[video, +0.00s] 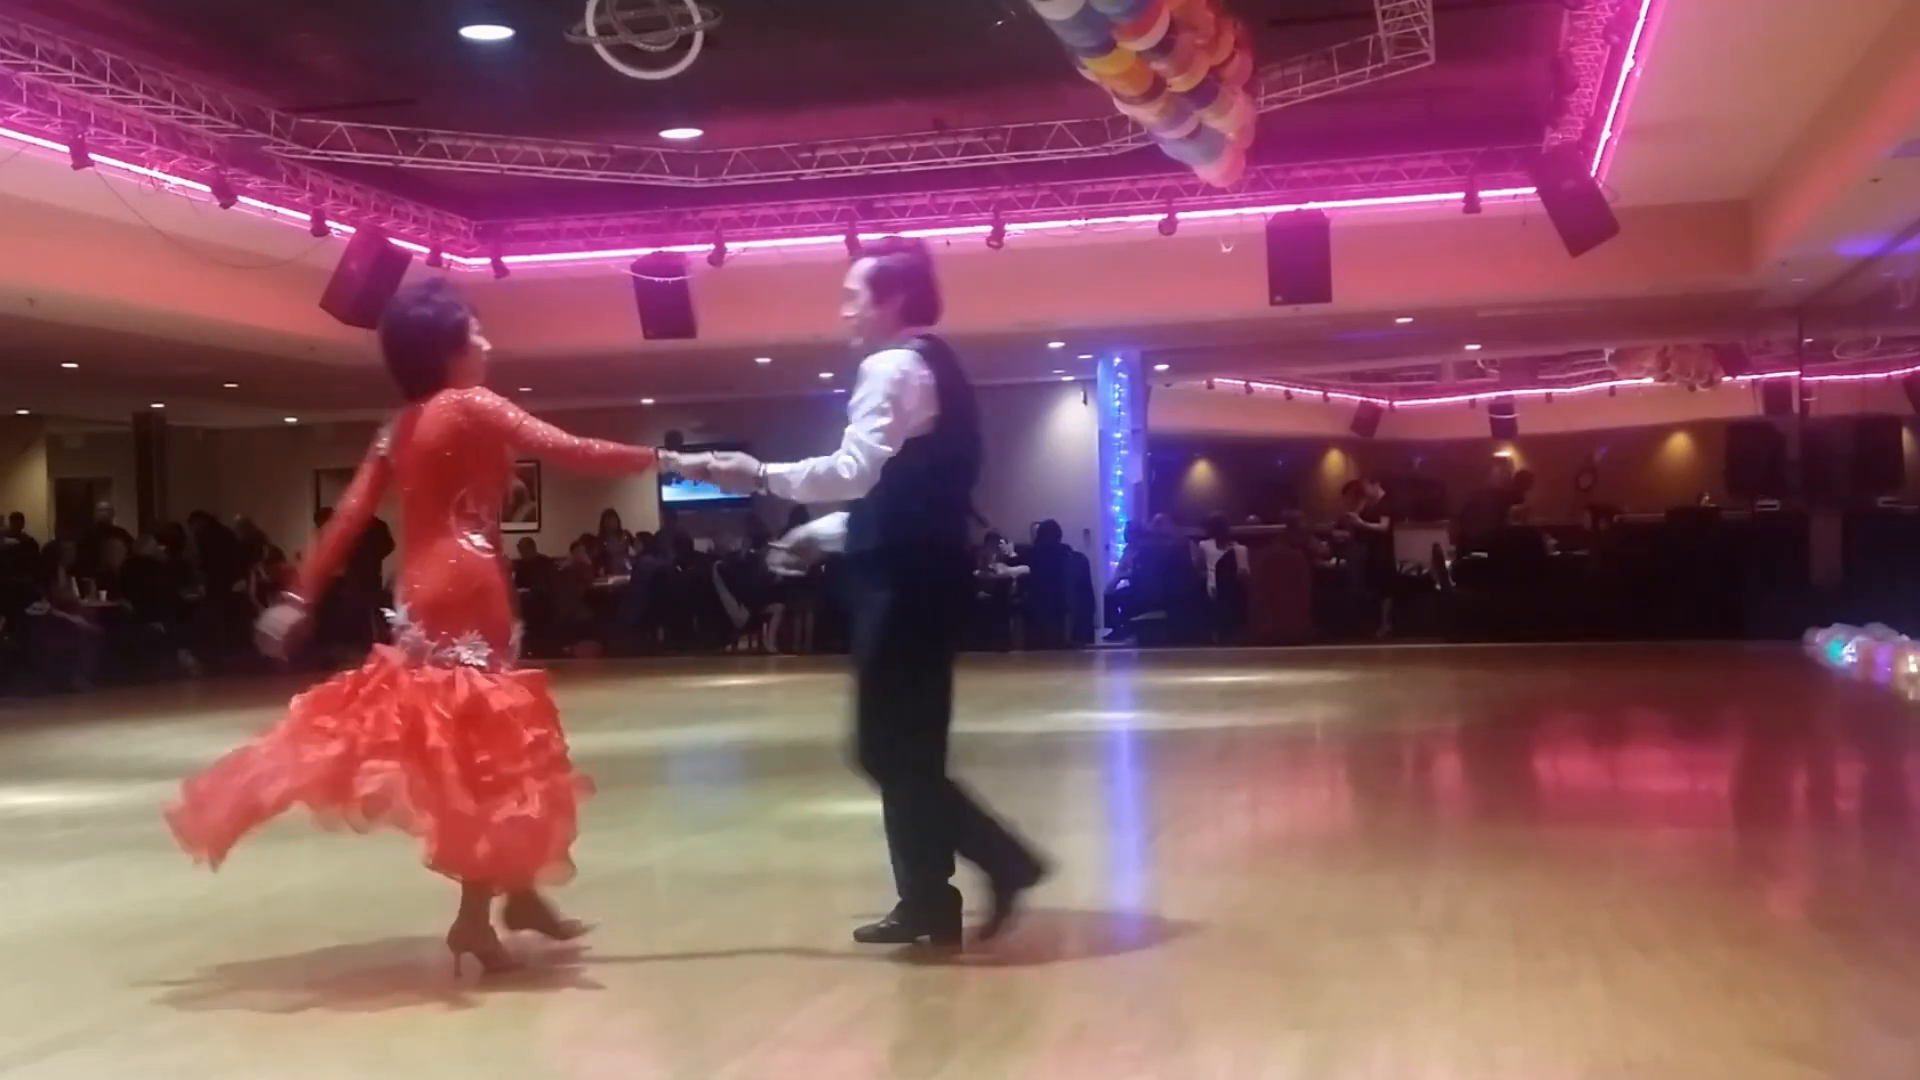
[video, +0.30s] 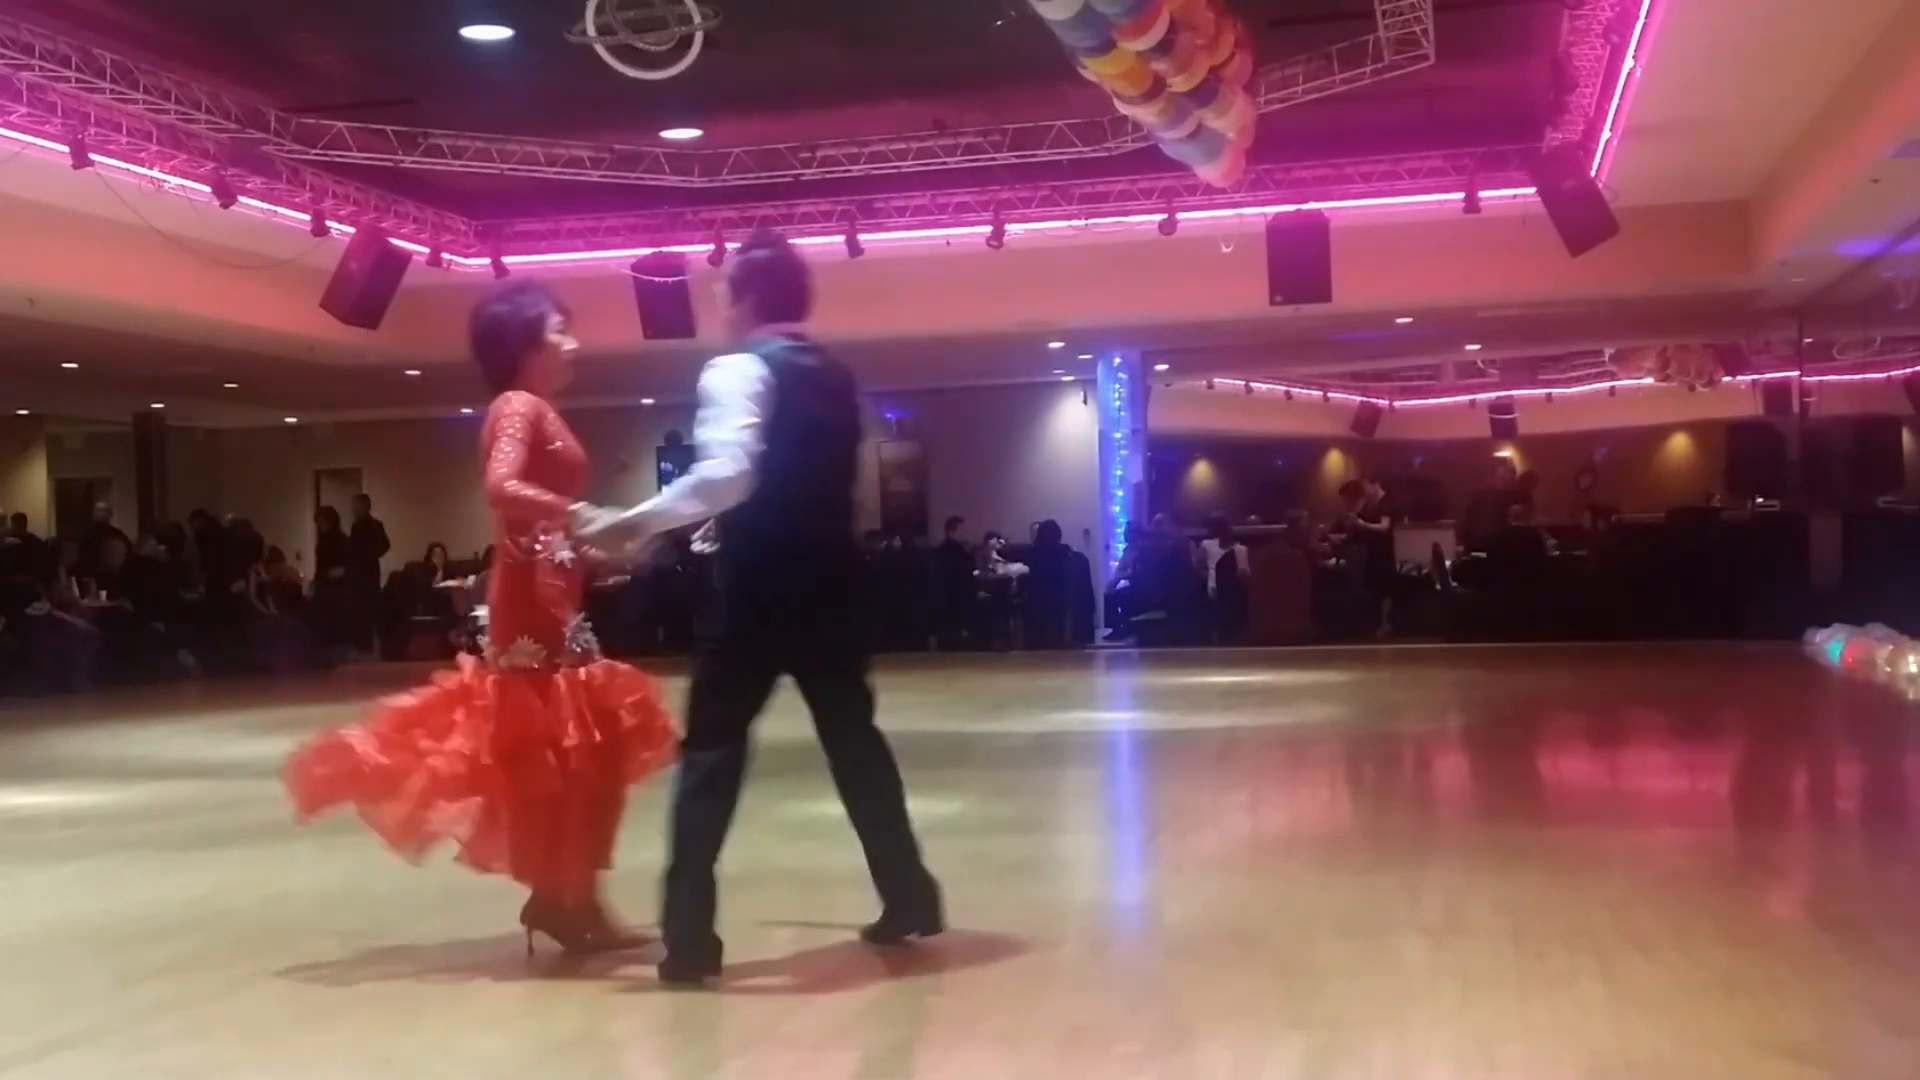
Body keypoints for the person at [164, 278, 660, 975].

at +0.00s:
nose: (485, 341)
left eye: (478, 328)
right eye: (474, 332)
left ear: (411, 355)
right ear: (450, 346)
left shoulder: (397, 429)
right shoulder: (472, 404)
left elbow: (349, 516)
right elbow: (566, 449)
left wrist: (299, 595)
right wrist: (666, 458)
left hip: (420, 581)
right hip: (469, 577)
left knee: (490, 744)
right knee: (483, 751)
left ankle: (522, 888)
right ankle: (472, 919)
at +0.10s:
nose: (514, 343)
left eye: (507, 330)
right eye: (501, 333)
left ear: (447, 354)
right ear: (473, 348)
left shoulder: (436, 424)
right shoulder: (486, 406)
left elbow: (399, 529)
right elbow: (562, 465)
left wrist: (390, 627)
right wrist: (667, 476)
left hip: (458, 591)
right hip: (491, 591)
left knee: (531, 743)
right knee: (506, 756)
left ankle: (543, 892)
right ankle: (482, 907)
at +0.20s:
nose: (542, 345)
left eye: (536, 332)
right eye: (529, 334)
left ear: (477, 353)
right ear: (498, 349)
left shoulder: (476, 419)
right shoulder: (502, 409)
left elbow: (462, 536)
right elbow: (536, 479)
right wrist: (624, 494)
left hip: (497, 606)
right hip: (518, 607)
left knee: (538, 753)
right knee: (551, 752)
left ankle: (543, 891)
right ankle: (523, 892)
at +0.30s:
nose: (573, 340)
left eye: (568, 328)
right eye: (560, 329)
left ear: (528, 343)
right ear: (524, 341)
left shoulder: (536, 410)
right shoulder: (517, 405)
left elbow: (528, 514)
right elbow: (501, 484)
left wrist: (594, 551)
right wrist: (579, 516)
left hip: (549, 597)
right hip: (533, 603)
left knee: (580, 745)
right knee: (572, 746)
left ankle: (571, 893)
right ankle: (559, 895)